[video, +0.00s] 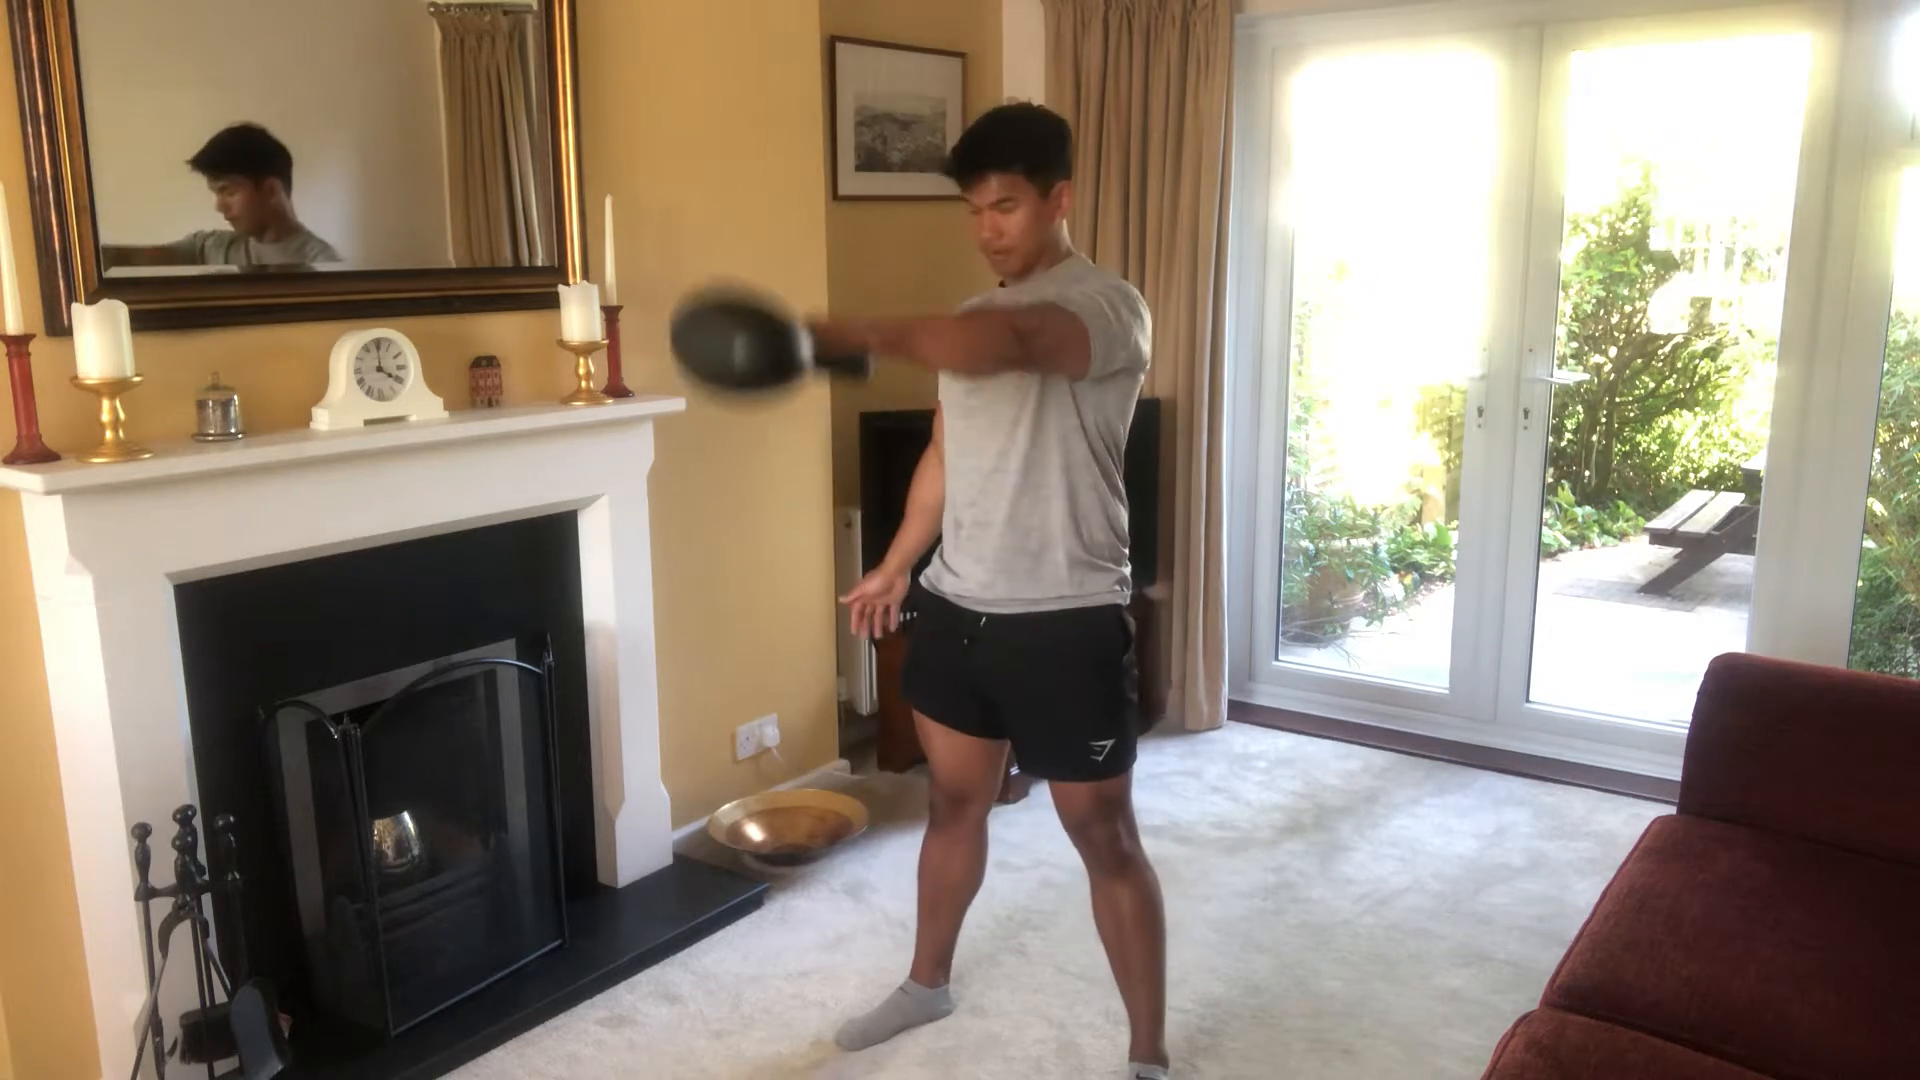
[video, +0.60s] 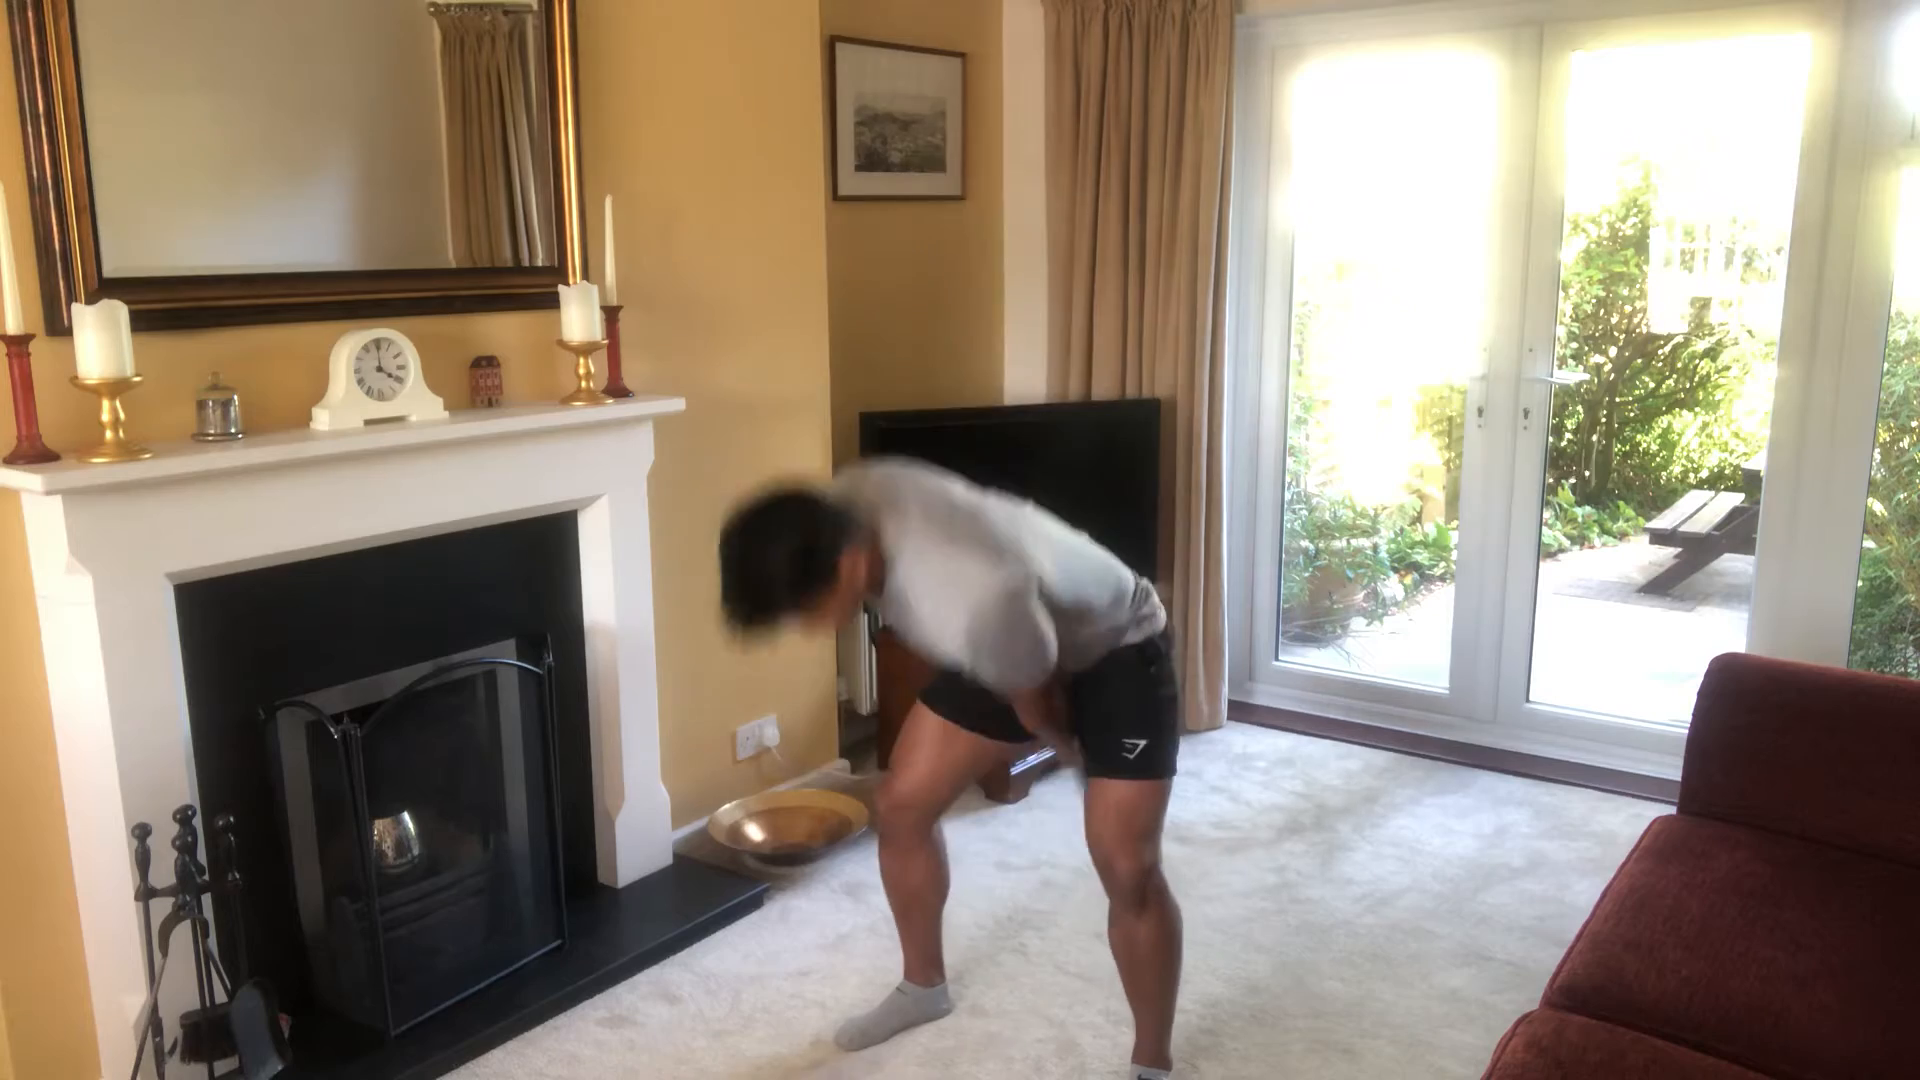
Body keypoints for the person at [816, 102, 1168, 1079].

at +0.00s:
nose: (986, 229)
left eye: (1005, 206)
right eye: (974, 210)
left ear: (1060, 199)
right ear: (967, 209)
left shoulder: (1110, 305)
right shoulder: (968, 320)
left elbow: (1007, 336)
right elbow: (945, 450)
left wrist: (850, 337)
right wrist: (895, 566)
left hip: (1071, 617)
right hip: (956, 606)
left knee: (1104, 837)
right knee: (951, 806)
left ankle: (1148, 1053)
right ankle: (928, 984)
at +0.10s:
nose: (985, 238)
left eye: (1003, 215)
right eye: (974, 219)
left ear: (1059, 203)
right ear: (967, 214)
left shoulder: (1111, 308)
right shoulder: (970, 320)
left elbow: (1022, 372)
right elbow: (948, 453)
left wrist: (884, 412)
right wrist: (896, 561)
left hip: (1072, 619)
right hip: (959, 608)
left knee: (1106, 838)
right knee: (950, 807)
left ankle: (1149, 1054)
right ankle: (927, 984)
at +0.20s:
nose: (972, 256)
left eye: (988, 233)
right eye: (958, 238)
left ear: (1040, 215)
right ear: (944, 230)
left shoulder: (1098, 310)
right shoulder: (961, 319)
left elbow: (1004, 429)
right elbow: (945, 446)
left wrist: (886, 541)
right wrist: (885, 544)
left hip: (1079, 615)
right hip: (967, 604)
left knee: (1104, 836)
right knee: (949, 805)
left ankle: (1149, 1054)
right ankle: (927, 985)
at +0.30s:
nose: (928, 294)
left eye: (941, 274)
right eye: (917, 278)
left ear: (989, 248)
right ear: (910, 264)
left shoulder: (1071, 332)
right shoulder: (937, 329)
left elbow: (1011, 494)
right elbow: (937, 439)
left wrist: (933, 642)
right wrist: (889, 537)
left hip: (1088, 613)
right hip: (981, 606)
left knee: (1109, 842)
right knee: (939, 801)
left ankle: (1149, 1057)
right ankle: (926, 984)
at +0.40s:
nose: (864, 389)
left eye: (866, 372)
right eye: (853, 375)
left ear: (910, 336)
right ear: (877, 346)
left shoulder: (1030, 395)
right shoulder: (902, 380)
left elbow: (1009, 587)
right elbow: (913, 455)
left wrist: (982, 724)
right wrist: (889, 534)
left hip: (1097, 619)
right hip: (987, 605)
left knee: (1119, 852)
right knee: (920, 791)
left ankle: (1151, 1060)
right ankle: (925, 982)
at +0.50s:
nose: (823, 510)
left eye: (820, 493)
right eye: (810, 499)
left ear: (851, 461)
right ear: (852, 446)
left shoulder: (992, 499)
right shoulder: (887, 442)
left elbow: (1021, 654)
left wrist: (1034, 754)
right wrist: (906, 560)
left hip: (1110, 636)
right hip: (995, 626)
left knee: (1130, 861)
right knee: (909, 802)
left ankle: (1153, 1063)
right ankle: (924, 985)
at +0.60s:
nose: (812, 626)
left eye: (810, 609)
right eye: (796, 617)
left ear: (847, 565)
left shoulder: (974, 601)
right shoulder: (857, 488)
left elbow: (1038, 703)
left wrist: (1065, 747)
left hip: (1117, 642)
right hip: (1012, 636)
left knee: (1129, 868)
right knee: (901, 808)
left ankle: (1152, 1062)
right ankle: (924, 985)